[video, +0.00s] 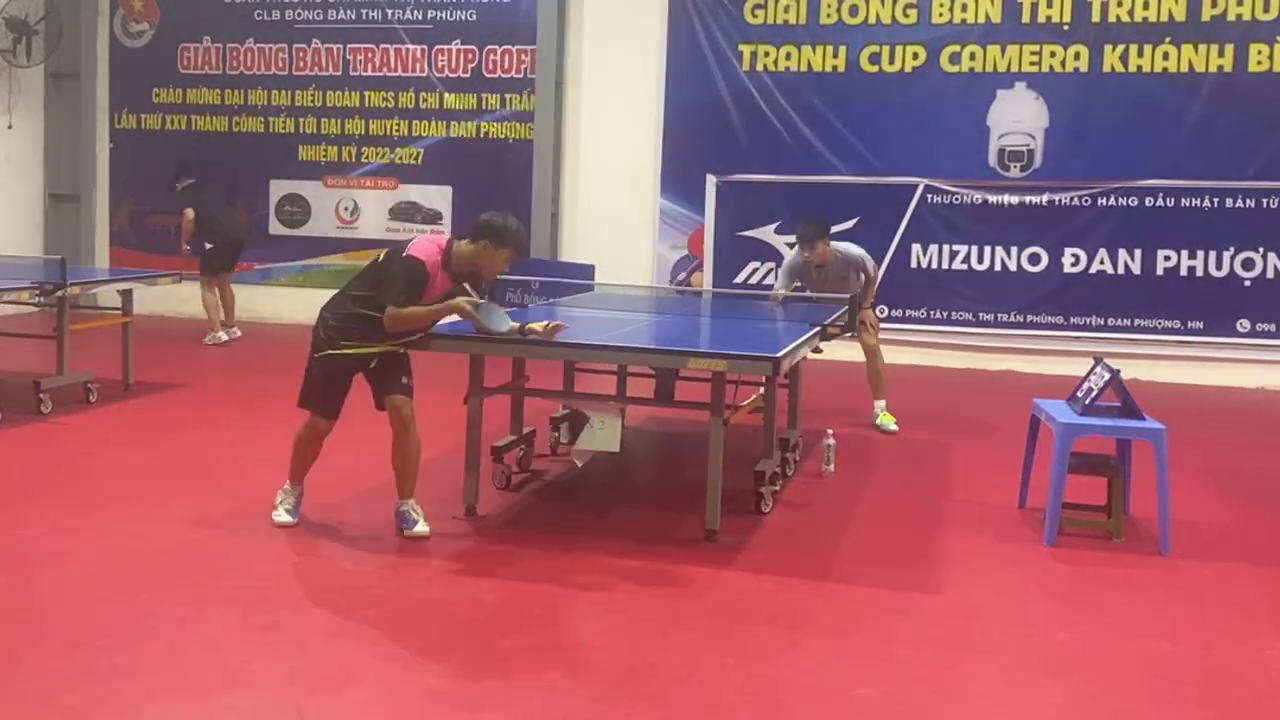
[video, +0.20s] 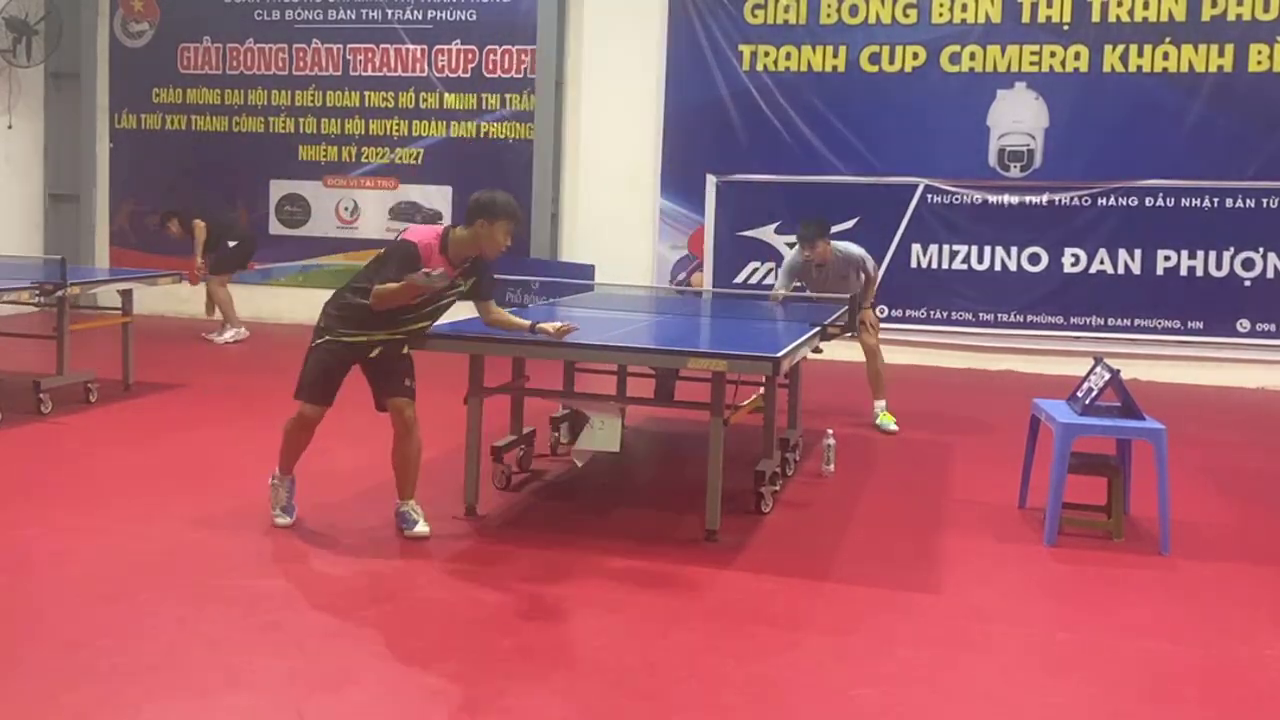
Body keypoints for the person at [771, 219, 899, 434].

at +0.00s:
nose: (806, 255)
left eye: (812, 249)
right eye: (803, 249)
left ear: (827, 244)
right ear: (799, 247)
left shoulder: (854, 255)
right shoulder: (795, 260)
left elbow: (873, 275)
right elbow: (776, 296)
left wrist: (867, 306)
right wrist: (779, 295)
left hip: (855, 303)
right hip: (820, 306)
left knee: (871, 345)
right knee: (785, 341)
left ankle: (881, 410)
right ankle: (765, 394)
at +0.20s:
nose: (807, 253)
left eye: (813, 248)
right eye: (804, 248)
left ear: (827, 243)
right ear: (799, 246)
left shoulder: (853, 254)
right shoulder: (795, 259)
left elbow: (872, 275)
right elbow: (777, 296)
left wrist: (867, 306)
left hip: (855, 304)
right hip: (820, 307)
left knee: (871, 345)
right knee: (785, 341)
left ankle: (881, 410)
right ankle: (765, 394)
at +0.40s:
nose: (808, 252)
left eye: (813, 246)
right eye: (804, 246)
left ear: (828, 241)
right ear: (800, 244)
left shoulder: (854, 253)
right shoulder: (795, 259)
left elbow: (872, 274)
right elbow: (777, 295)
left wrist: (866, 306)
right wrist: (779, 296)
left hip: (856, 303)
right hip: (821, 307)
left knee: (871, 345)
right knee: (786, 340)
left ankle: (881, 410)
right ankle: (765, 393)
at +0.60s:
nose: (809, 250)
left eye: (815, 243)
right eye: (806, 244)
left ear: (829, 238)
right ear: (802, 241)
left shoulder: (855, 252)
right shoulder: (798, 257)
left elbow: (873, 274)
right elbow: (779, 289)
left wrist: (866, 307)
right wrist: (779, 295)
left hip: (856, 304)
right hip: (821, 308)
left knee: (872, 345)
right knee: (786, 338)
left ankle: (881, 410)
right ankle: (766, 393)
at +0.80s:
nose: (811, 240)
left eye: (817, 234)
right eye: (807, 234)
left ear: (831, 231)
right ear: (803, 233)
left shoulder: (857, 247)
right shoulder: (800, 251)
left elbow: (874, 274)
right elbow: (785, 280)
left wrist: (867, 307)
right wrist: (778, 292)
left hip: (857, 302)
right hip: (822, 305)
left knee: (872, 345)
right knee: (787, 339)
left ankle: (880, 410)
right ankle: (767, 393)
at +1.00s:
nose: (806, 218)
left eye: (812, 213)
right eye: (802, 213)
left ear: (828, 212)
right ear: (799, 214)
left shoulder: (852, 235)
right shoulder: (795, 238)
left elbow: (870, 265)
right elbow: (780, 272)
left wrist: (861, 298)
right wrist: (773, 278)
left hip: (853, 301)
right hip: (816, 302)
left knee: (863, 347)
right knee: (784, 340)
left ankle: (880, 410)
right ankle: (766, 394)